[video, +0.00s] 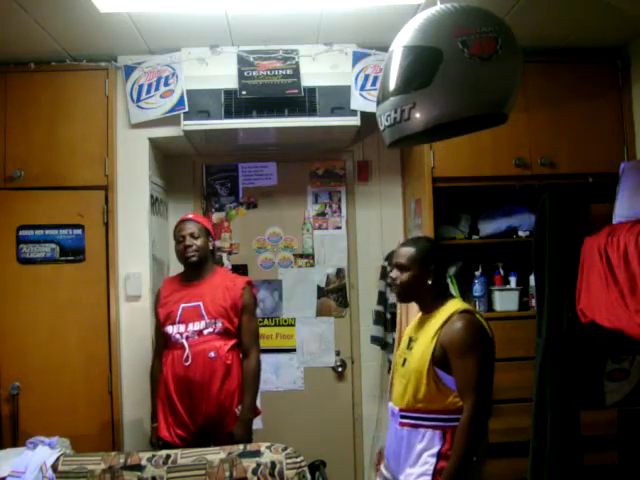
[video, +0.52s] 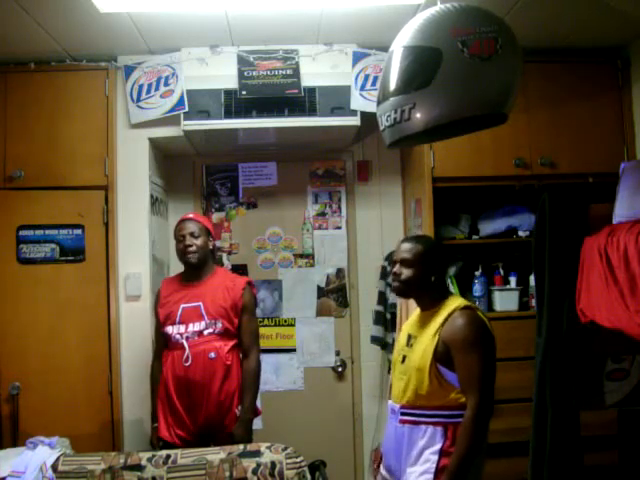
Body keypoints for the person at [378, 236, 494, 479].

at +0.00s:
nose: (391, 276)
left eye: (401, 269)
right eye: (392, 268)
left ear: (429, 275)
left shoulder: (461, 327)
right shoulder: (423, 318)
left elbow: (475, 407)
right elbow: (415, 395)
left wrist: (452, 471)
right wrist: (389, 447)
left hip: (432, 452)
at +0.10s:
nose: (392, 278)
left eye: (403, 270)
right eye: (392, 269)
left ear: (430, 277)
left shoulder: (463, 326)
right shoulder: (424, 318)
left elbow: (476, 407)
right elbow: (413, 395)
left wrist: (452, 471)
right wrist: (389, 448)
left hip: (433, 451)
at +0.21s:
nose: (395, 273)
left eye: (406, 266)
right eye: (394, 264)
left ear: (431, 270)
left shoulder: (463, 320)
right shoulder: (421, 313)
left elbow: (476, 402)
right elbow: (409, 387)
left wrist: (451, 471)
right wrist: (389, 444)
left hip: (435, 442)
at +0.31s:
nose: (397, 264)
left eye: (408, 258)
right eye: (396, 257)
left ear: (432, 264)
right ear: (394, 258)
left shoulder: (461, 316)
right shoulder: (418, 309)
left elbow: (476, 397)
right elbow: (409, 384)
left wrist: (450, 470)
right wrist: (389, 442)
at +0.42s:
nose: (395, 265)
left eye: (406, 259)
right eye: (394, 257)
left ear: (432, 265)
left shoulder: (461, 318)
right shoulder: (418, 311)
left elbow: (476, 399)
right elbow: (410, 388)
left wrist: (450, 470)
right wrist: (387, 442)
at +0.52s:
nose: (395, 271)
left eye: (406, 265)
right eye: (394, 264)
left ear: (431, 271)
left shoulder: (463, 323)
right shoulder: (418, 317)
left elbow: (478, 404)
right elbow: (408, 392)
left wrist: (454, 471)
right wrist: (386, 445)